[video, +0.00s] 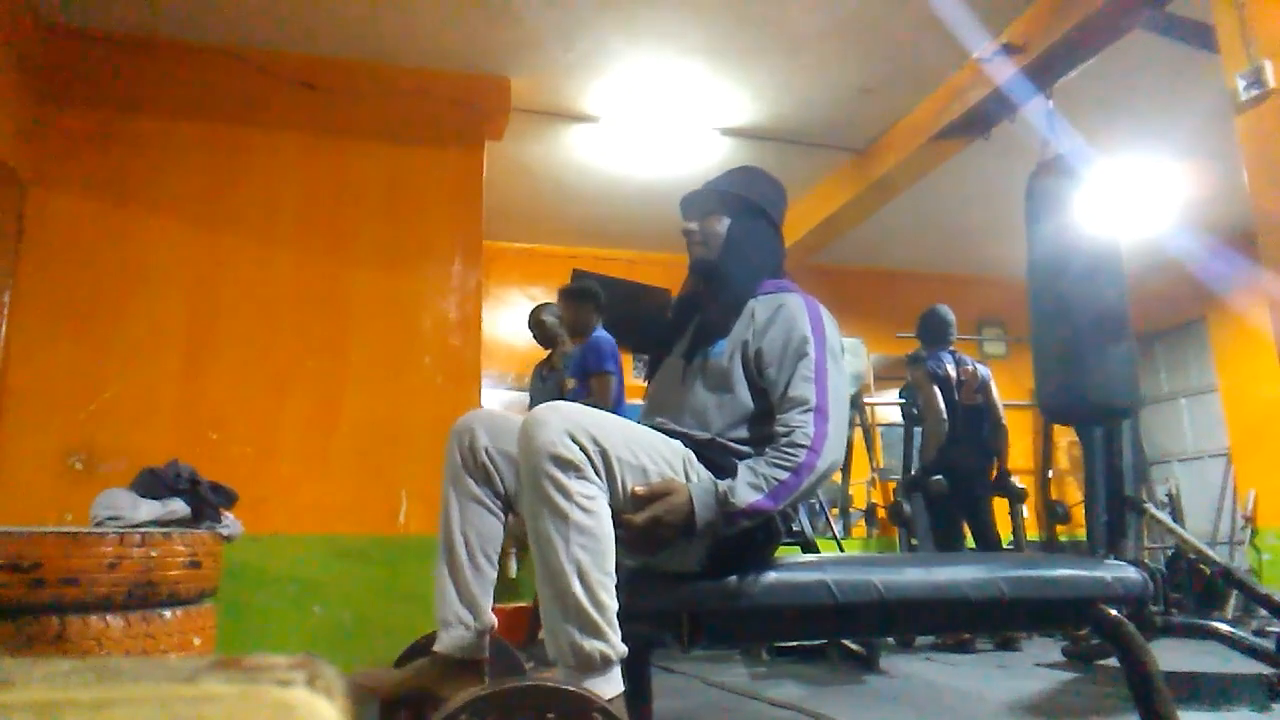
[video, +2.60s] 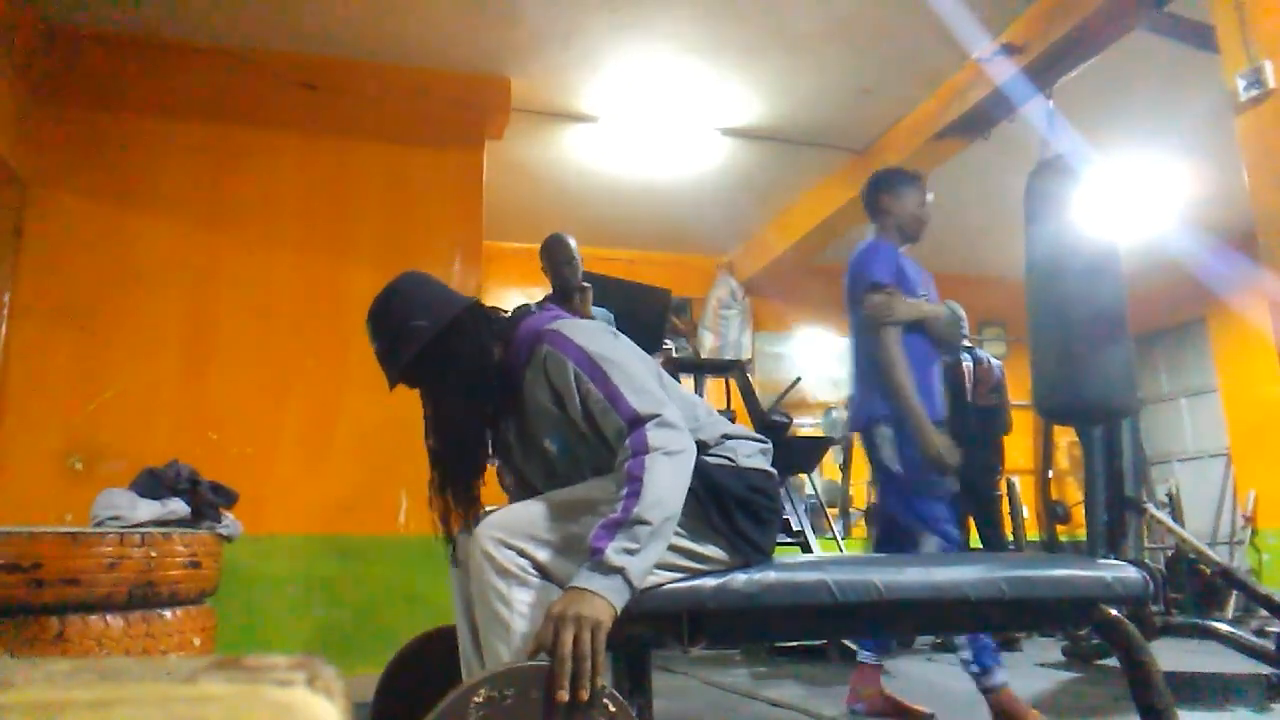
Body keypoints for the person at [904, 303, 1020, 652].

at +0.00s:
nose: (919, 340)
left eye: (920, 334)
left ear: (922, 335)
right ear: (954, 335)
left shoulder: (922, 368)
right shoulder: (979, 369)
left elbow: (937, 419)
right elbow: (999, 423)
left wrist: (925, 467)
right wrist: (1003, 470)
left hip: (944, 473)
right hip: (977, 471)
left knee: (949, 548)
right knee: (990, 544)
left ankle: (958, 629)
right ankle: (1008, 626)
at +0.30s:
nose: (929, 341)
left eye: (929, 335)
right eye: (931, 336)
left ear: (933, 334)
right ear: (964, 329)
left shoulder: (936, 363)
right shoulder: (992, 364)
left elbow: (929, 420)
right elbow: (1004, 424)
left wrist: (905, 419)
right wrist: (974, 425)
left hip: (946, 467)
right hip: (983, 466)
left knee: (950, 546)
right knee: (992, 541)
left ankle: (955, 628)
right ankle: (1008, 627)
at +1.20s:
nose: (922, 340)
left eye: (922, 335)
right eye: (926, 334)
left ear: (924, 335)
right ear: (955, 333)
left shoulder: (926, 366)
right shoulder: (982, 367)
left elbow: (931, 420)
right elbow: (1002, 423)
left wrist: (918, 469)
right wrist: (994, 465)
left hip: (944, 471)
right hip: (980, 471)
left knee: (950, 549)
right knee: (993, 546)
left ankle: (957, 629)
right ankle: (1007, 627)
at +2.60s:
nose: (957, 328)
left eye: (950, 325)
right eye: (959, 321)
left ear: (944, 332)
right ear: (970, 328)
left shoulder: (943, 363)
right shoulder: (992, 365)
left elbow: (942, 412)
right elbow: (1003, 421)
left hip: (951, 456)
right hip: (985, 461)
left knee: (953, 543)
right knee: (995, 540)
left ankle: (952, 624)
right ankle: (1007, 621)